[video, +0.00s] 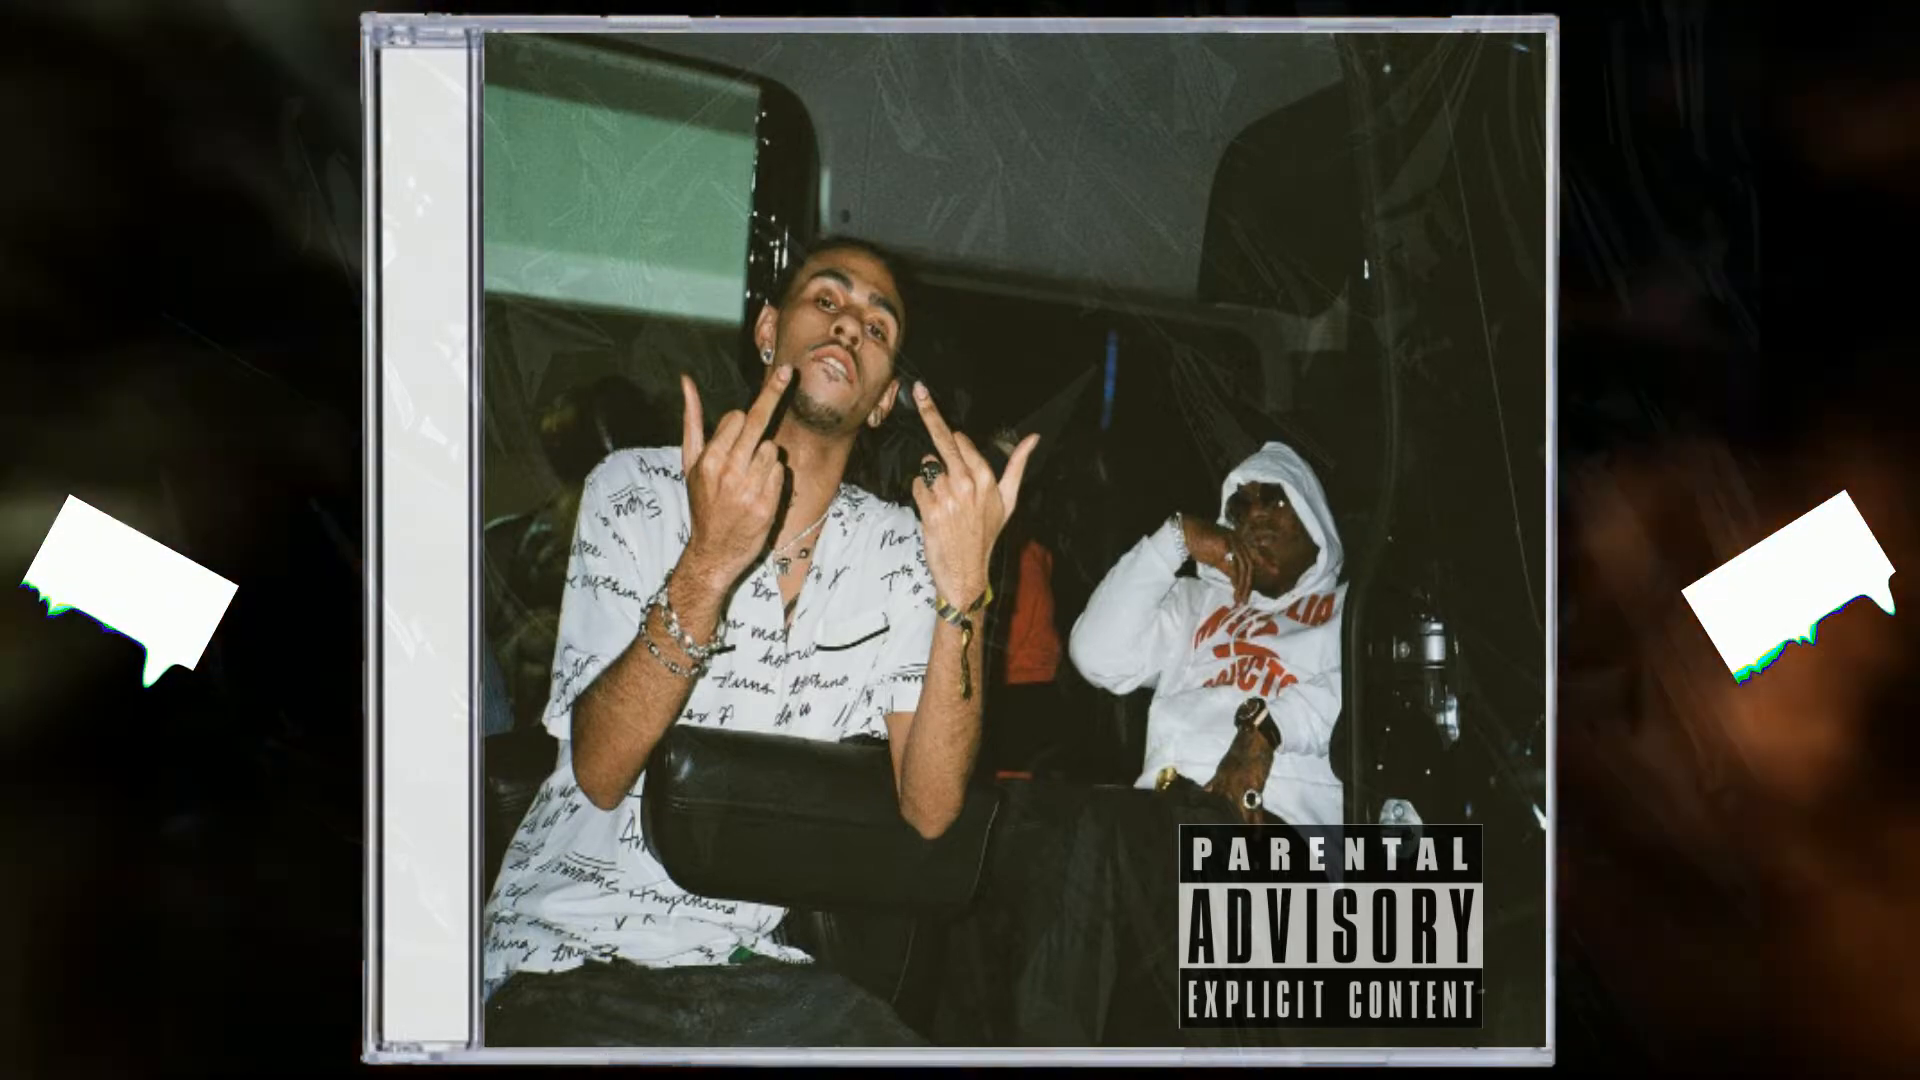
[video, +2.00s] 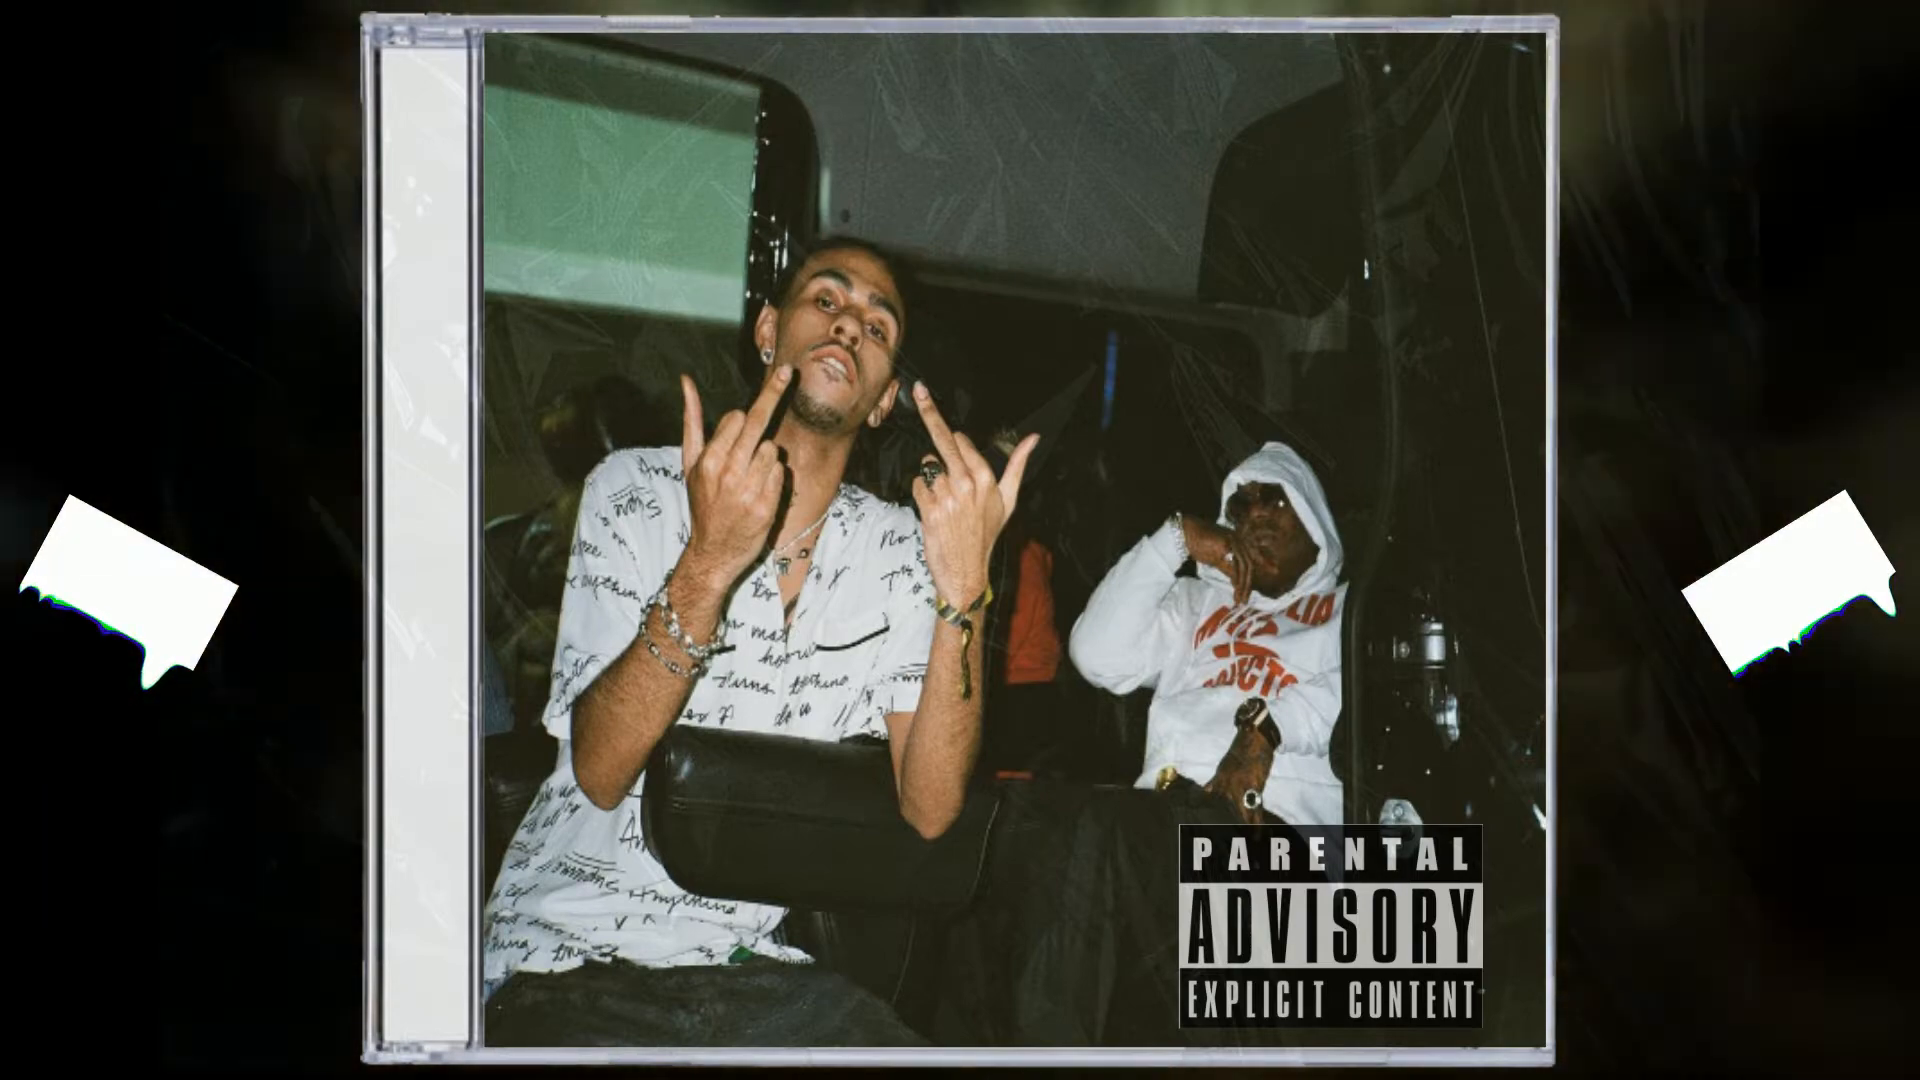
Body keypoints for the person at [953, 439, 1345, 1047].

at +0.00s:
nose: (1258, 520)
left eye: (1278, 503)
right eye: (1243, 504)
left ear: (1318, 524)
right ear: (1226, 525)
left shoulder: (1350, 610)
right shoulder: (1195, 602)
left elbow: (1343, 703)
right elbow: (1099, 658)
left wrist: (1264, 727)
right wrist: (1177, 538)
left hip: (1284, 818)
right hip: (1163, 808)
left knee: (1101, 823)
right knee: (1029, 812)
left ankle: (1050, 1050)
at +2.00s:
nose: (1258, 518)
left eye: (1278, 501)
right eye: (1245, 503)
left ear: (1318, 521)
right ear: (1227, 523)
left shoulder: (1352, 607)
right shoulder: (1198, 601)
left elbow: (1348, 701)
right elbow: (1099, 657)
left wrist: (1268, 725)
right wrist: (1177, 539)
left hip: (1284, 815)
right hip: (1167, 805)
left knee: (1101, 824)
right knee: (1025, 810)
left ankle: (1052, 1052)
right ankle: (969, 1046)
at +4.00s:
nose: (1259, 516)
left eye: (1279, 501)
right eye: (1245, 502)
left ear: (1318, 523)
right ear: (1227, 524)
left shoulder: (1351, 606)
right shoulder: (1197, 602)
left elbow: (1357, 700)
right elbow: (1100, 658)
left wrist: (1269, 726)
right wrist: (1177, 539)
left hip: (1284, 815)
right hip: (1165, 805)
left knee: (1102, 825)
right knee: (1028, 810)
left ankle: (1052, 1052)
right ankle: (970, 1047)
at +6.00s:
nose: (1260, 516)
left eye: (1280, 501)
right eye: (1246, 502)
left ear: (1319, 522)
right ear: (1227, 523)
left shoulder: (1351, 607)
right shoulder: (1196, 601)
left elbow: (1354, 705)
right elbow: (1100, 658)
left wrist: (1267, 724)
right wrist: (1176, 540)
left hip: (1287, 816)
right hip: (1166, 806)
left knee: (1096, 826)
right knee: (1025, 812)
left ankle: (1052, 1054)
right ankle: (969, 1050)